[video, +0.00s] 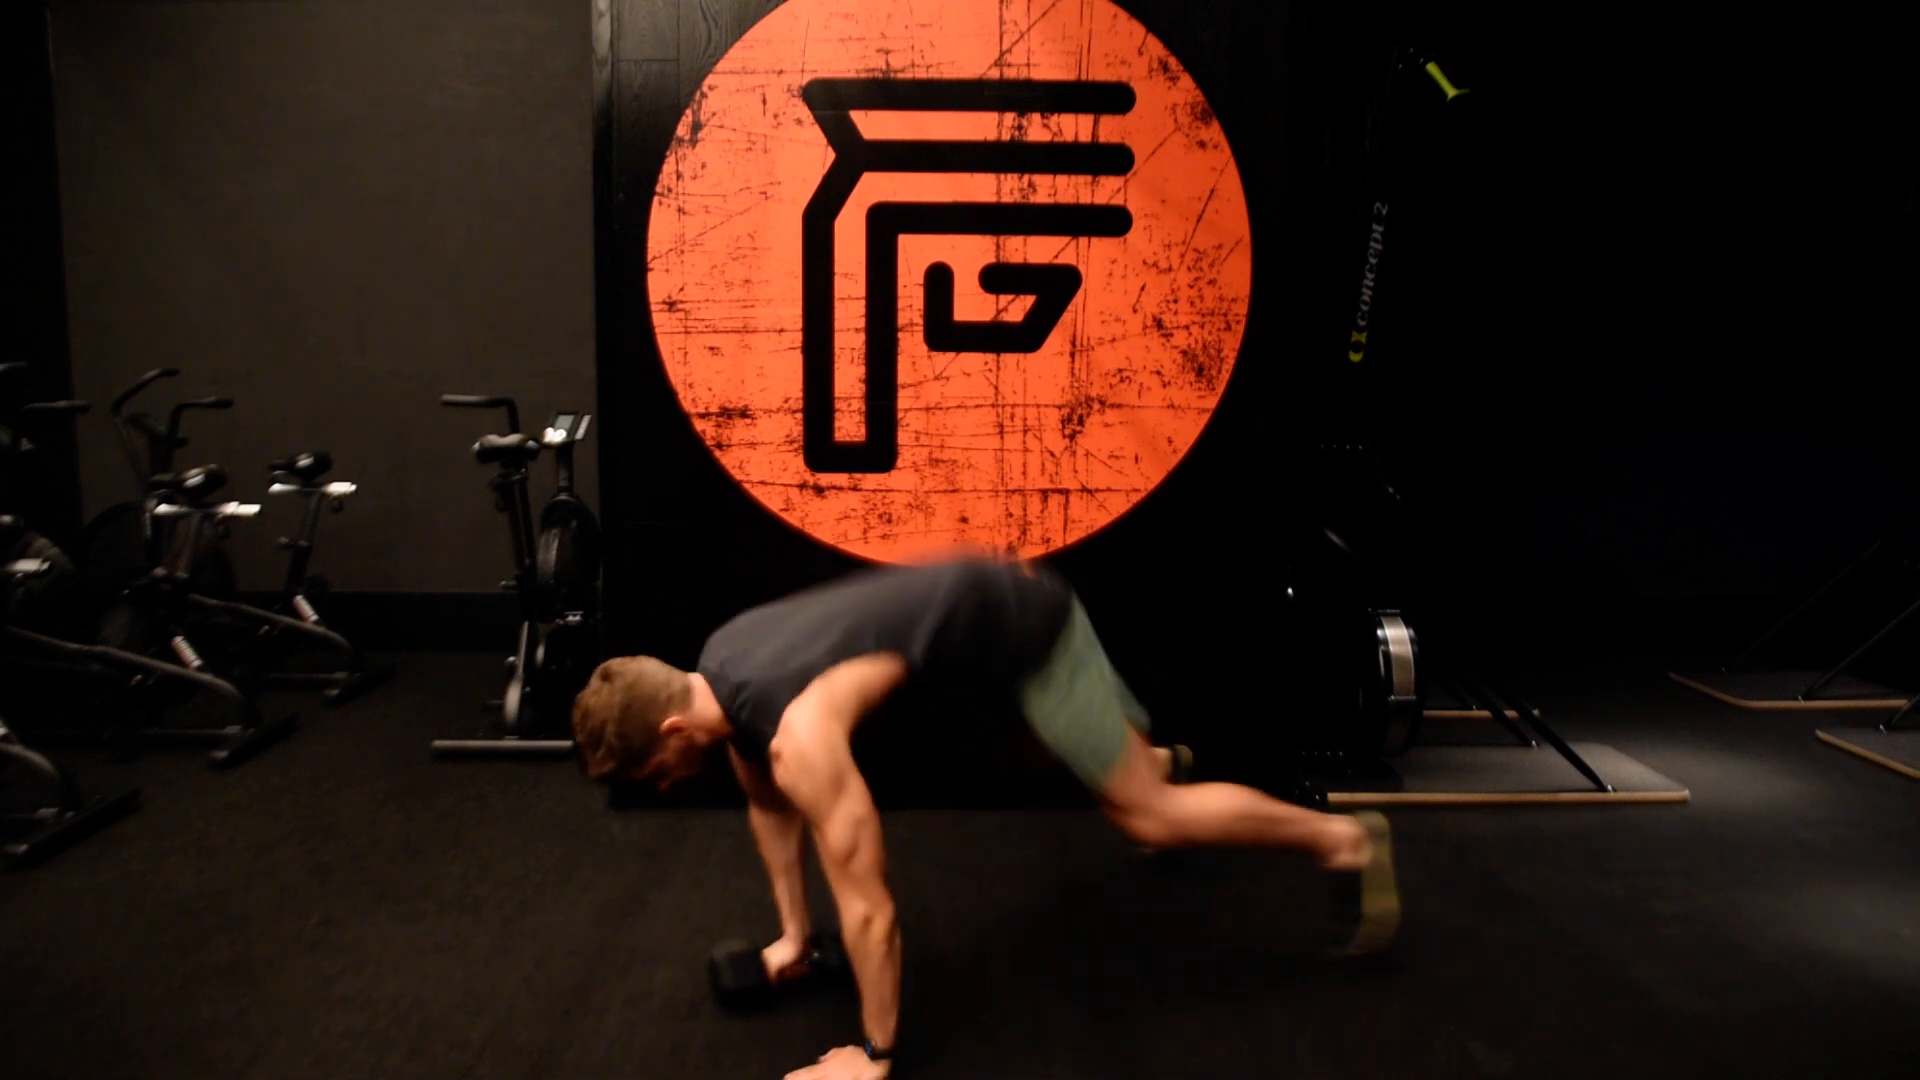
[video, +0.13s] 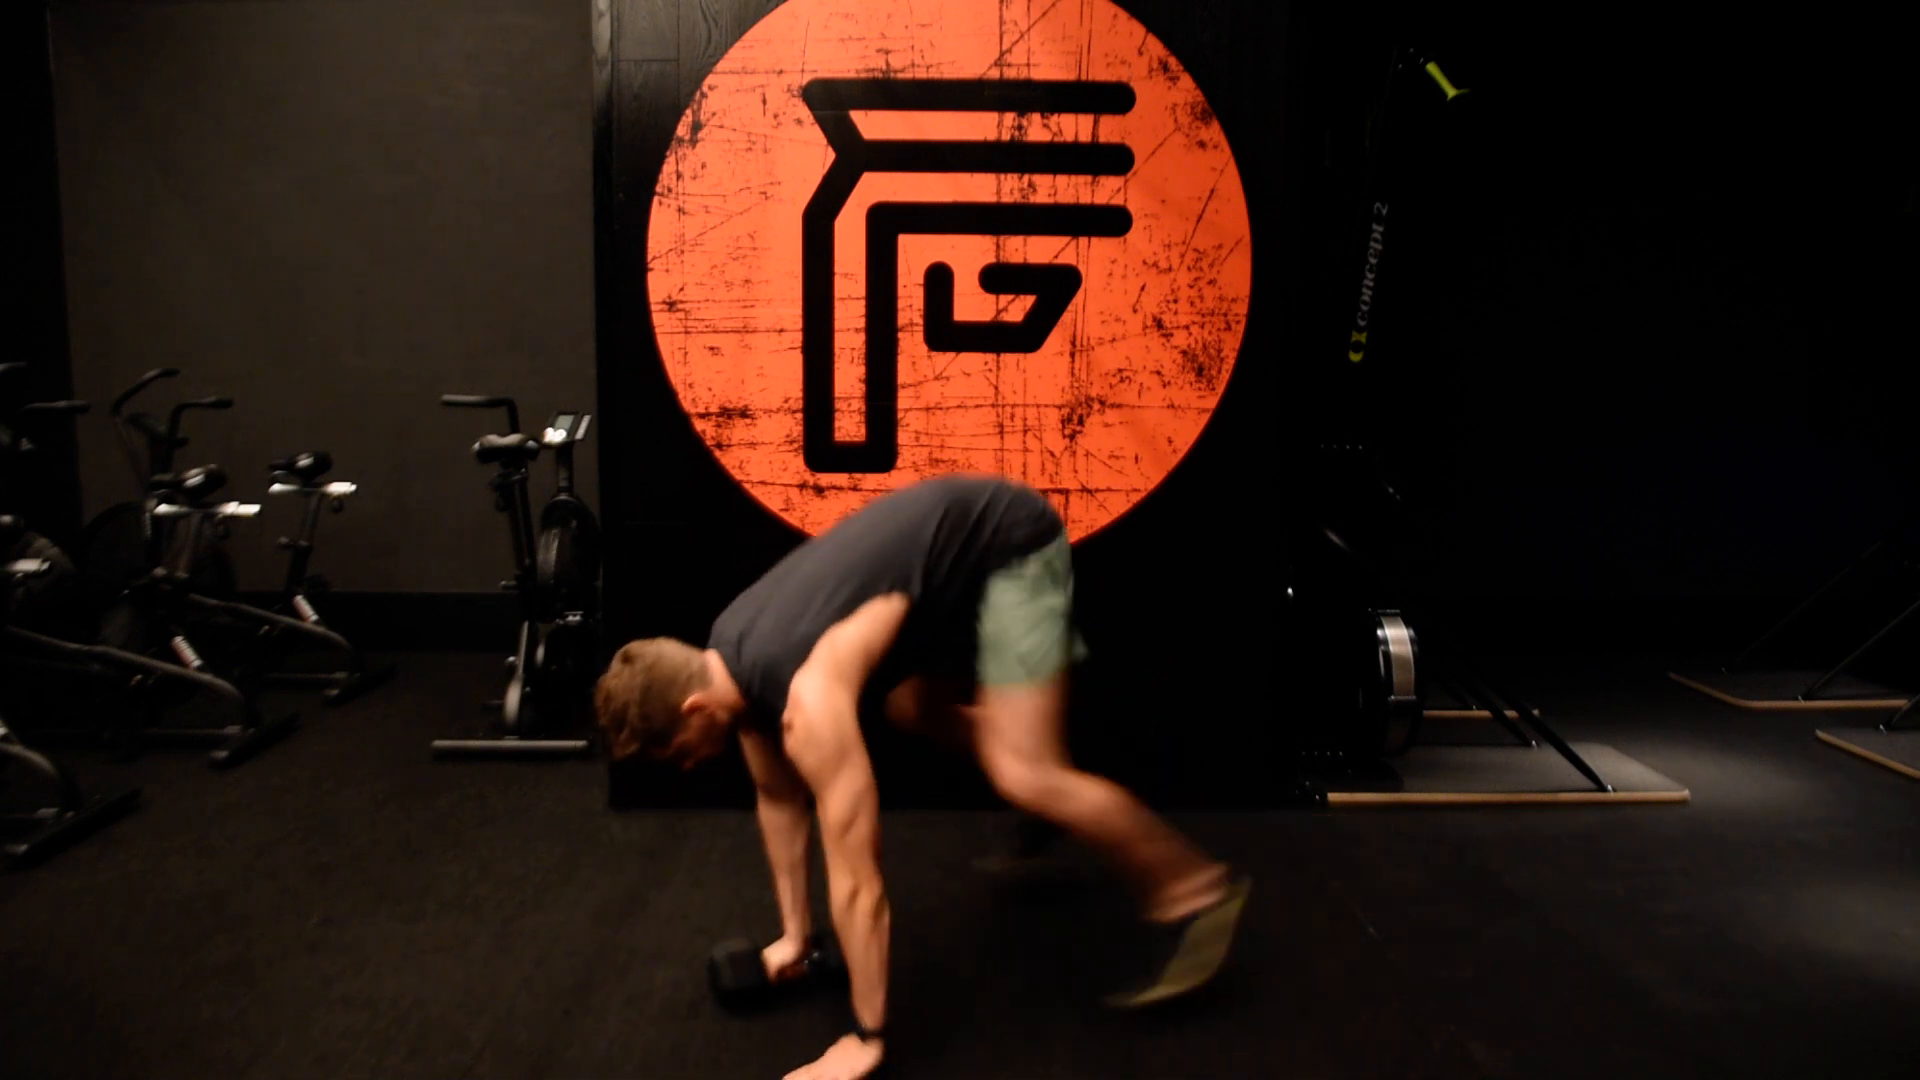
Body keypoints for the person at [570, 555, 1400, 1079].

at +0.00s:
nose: (662, 787)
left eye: (652, 775)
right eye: (646, 781)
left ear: (674, 736)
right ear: (665, 706)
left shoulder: (796, 731)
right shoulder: (725, 673)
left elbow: (867, 900)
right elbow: (771, 810)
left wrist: (877, 1049)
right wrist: (793, 936)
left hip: (1031, 623)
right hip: (957, 612)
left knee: (1155, 814)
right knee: (1084, 745)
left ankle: (1344, 840)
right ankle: (1153, 756)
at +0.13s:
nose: (688, 763)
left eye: (679, 752)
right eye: (674, 759)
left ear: (696, 713)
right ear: (686, 692)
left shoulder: (804, 698)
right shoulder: (732, 668)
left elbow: (859, 887)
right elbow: (778, 804)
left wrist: (868, 1036)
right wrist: (796, 939)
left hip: (1012, 539)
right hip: (936, 551)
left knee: (1024, 769)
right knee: (916, 703)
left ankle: (1199, 888)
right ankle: (1050, 804)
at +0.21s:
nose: (698, 742)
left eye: (689, 730)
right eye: (684, 738)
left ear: (702, 687)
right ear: (701, 677)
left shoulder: (805, 667)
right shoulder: (739, 651)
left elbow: (854, 862)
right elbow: (783, 797)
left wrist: (851, 1013)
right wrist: (794, 937)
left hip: (1010, 534)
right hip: (934, 549)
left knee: (954, 749)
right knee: (889, 717)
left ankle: (1052, 949)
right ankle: (953, 836)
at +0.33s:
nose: (657, 692)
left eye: (652, 674)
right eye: (644, 683)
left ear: (674, 630)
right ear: (673, 626)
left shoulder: (783, 628)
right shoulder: (731, 642)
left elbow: (814, 826)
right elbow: (766, 793)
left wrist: (788, 990)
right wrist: (795, 934)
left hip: (1005, 597)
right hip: (919, 612)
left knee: (891, 774)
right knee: (793, 766)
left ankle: (953, 1002)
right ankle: (834, 917)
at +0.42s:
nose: (641, 649)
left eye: (640, 629)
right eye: (629, 636)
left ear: (671, 582)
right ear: (670, 583)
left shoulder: (788, 600)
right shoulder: (722, 639)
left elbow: (810, 789)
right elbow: (761, 784)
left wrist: (761, 948)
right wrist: (774, 925)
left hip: (994, 634)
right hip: (900, 652)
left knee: (870, 787)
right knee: (765, 753)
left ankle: (951, 1002)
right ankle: (833, 917)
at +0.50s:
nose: (634, 599)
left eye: (637, 577)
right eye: (624, 584)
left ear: (675, 535)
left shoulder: (802, 560)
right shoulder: (719, 627)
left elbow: (842, 740)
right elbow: (755, 771)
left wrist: (787, 901)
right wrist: (766, 920)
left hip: (987, 635)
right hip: (891, 653)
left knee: (870, 784)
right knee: (753, 730)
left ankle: (950, 1001)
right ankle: (835, 914)